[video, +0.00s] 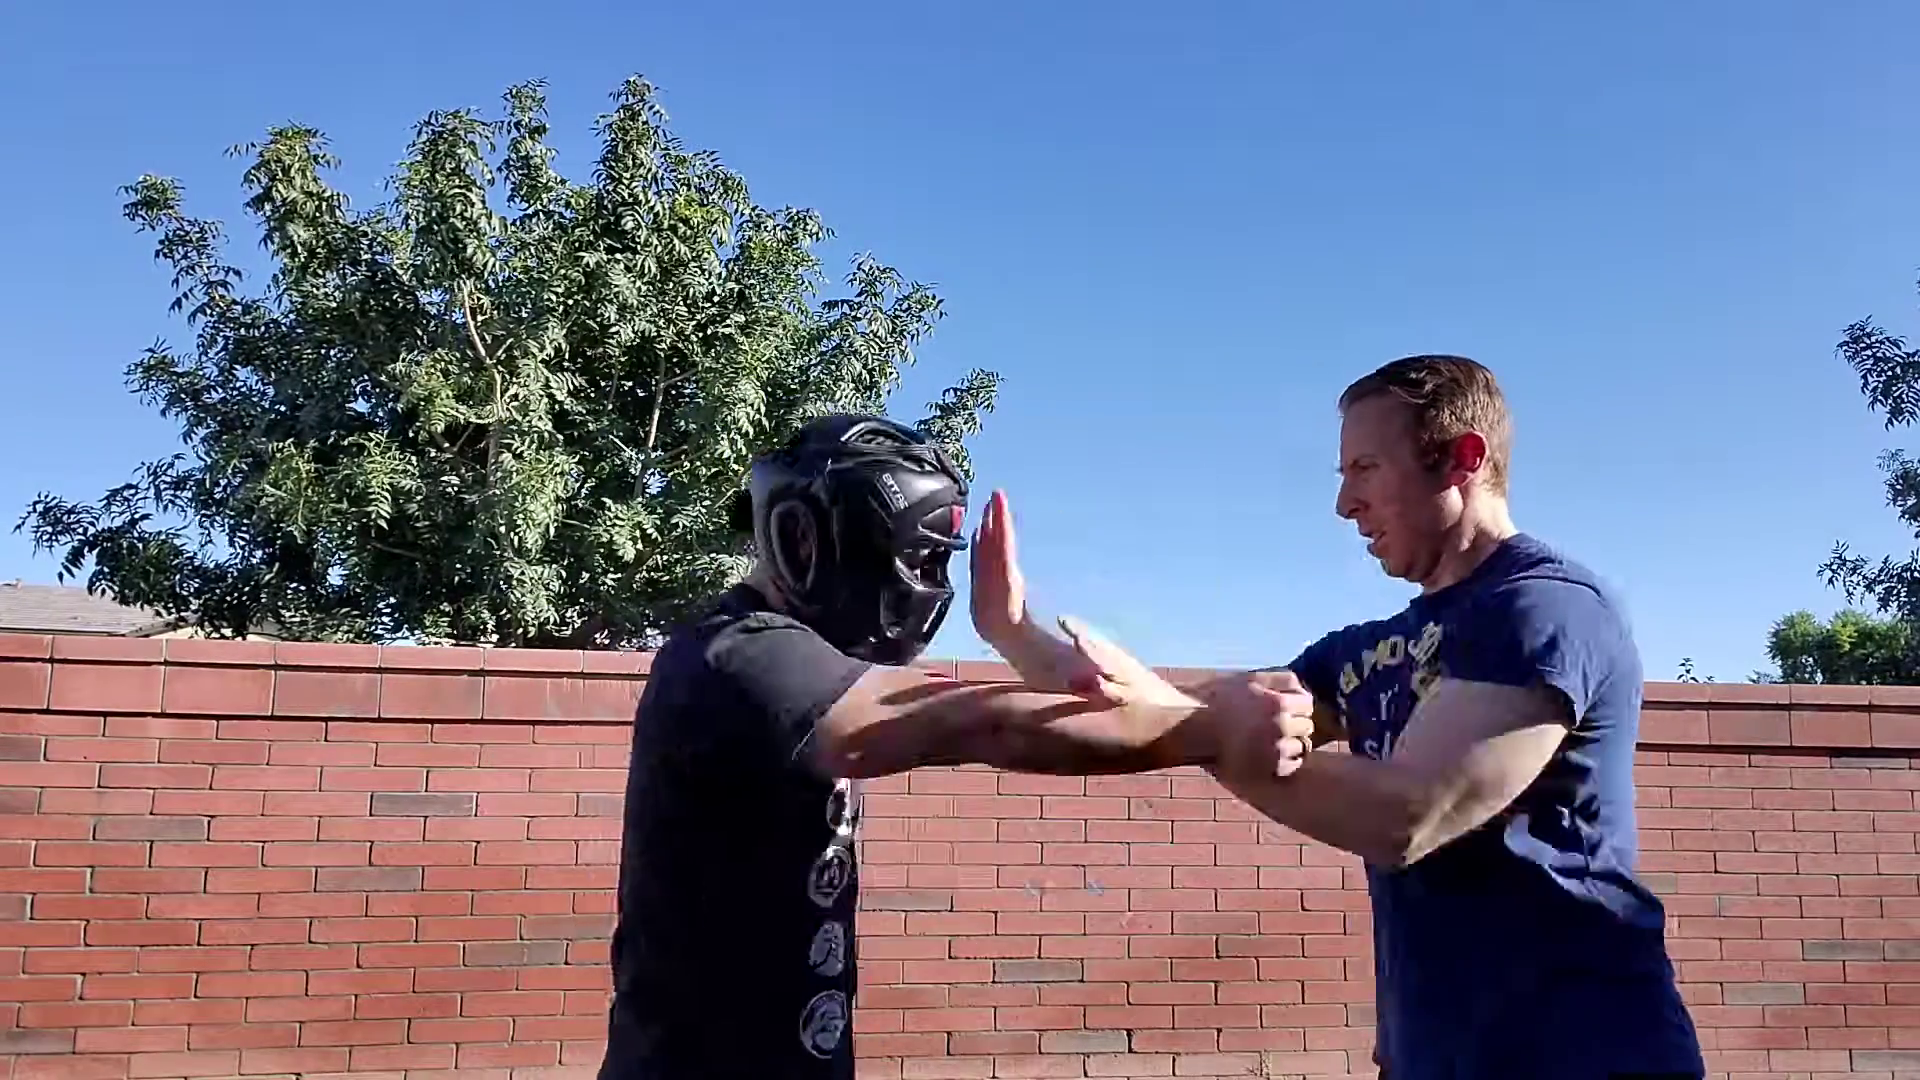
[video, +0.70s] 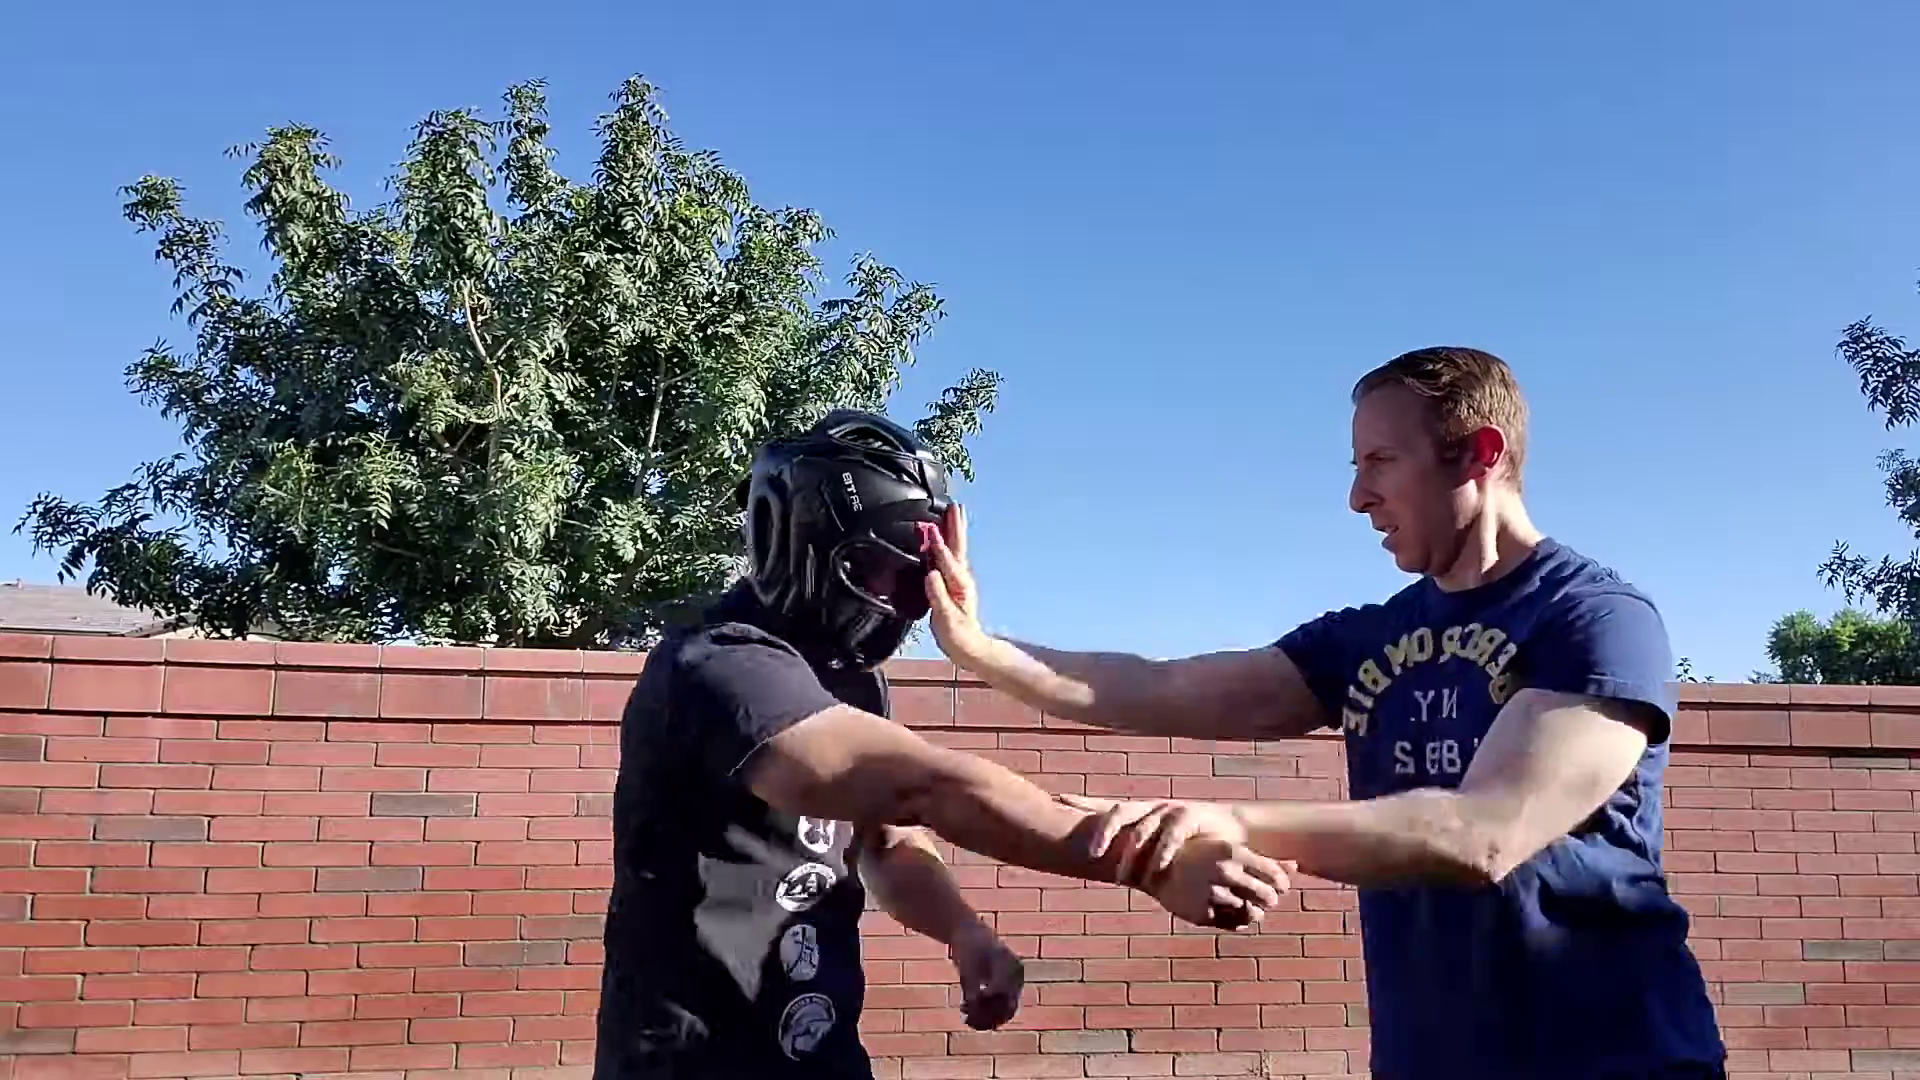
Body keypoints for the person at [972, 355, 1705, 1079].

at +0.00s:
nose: (1343, 503)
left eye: (1363, 471)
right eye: (1343, 476)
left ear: (1463, 466)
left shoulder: (1552, 610)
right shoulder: (1367, 654)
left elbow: (1406, 822)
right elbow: (1177, 720)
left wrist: (1227, 743)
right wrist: (1006, 648)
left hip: (1585, 1048)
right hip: (1429, 1050)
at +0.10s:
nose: (1351, 495)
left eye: (1373, 462)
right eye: (1352, 467)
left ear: (1472, 459)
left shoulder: (1582, 618)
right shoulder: (1359, 642)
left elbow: (1445, 836)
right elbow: (1161, 697)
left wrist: (1213, 839)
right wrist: (972, 619)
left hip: (1584, 1054)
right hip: (1411, 1057)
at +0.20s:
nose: (1347, 488)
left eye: (1371, 456)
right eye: (1350, 460)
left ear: (1472, 457)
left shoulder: (1569, 614)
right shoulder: (1374, 635)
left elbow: (1426, 825)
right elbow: (1193, 703)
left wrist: (1187, 748)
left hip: (1577, 1049)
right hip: (1426, 1049)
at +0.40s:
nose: (1349, 493)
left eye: (1369, 462)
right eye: (1349, 468)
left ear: (1470, 459)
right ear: (1466, 467)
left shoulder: (1488, 596)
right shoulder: (1457, 603)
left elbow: (1169, 608)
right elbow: (1327, 764)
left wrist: (962, 547)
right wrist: (1260, 632)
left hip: (1525, 1050)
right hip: (1441, 1045)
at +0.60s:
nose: (1336, 502)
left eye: (1355, 469)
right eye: (1337, 474)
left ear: (1454, 463)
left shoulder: (1529, 610)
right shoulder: (1370, 638)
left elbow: (1373, 815)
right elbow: (1190, 687)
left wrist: (1209, 728)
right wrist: (1028, 617)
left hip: (1564, 1041)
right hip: (1422, 1040)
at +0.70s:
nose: (1355, 494)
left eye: (1376, 461)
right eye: (1356, 465)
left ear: (1478, 456)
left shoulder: (1598, 618)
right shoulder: (1367, 641)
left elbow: (1480, 836)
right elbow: (1158, 691)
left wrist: (1236, 826)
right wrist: (974, 648)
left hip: (1602, 1052)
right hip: (1426, 1056)